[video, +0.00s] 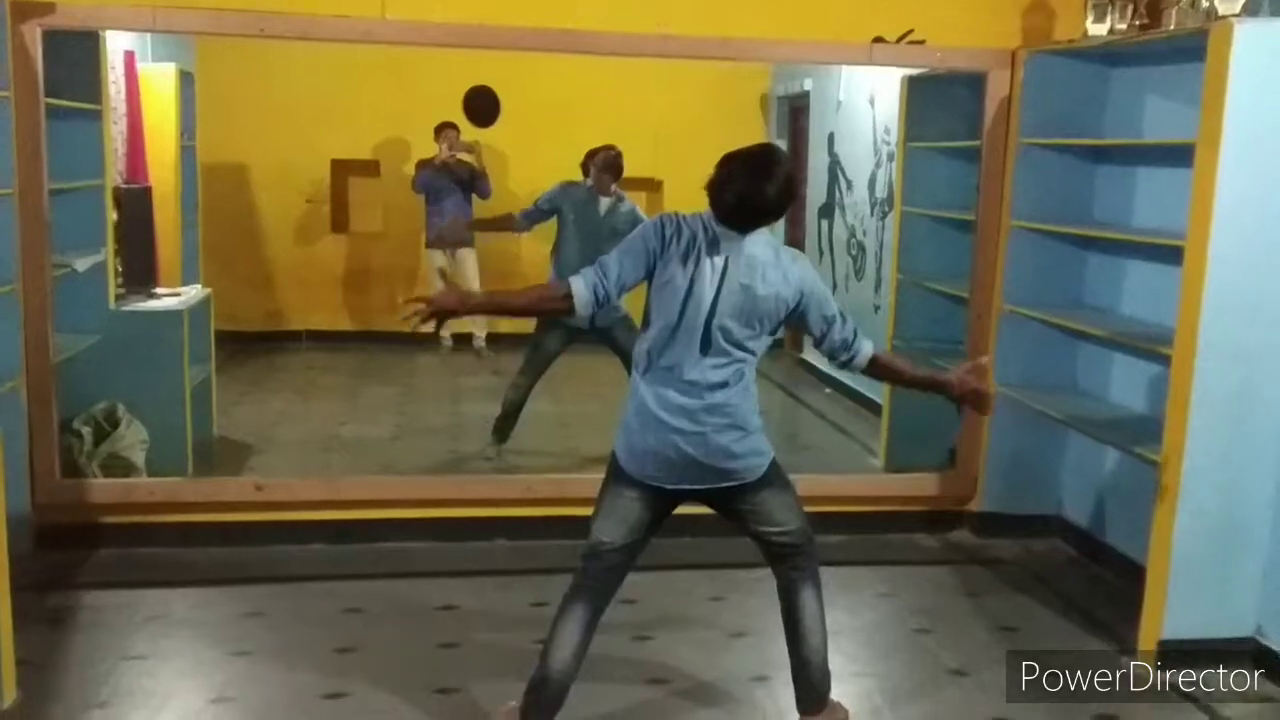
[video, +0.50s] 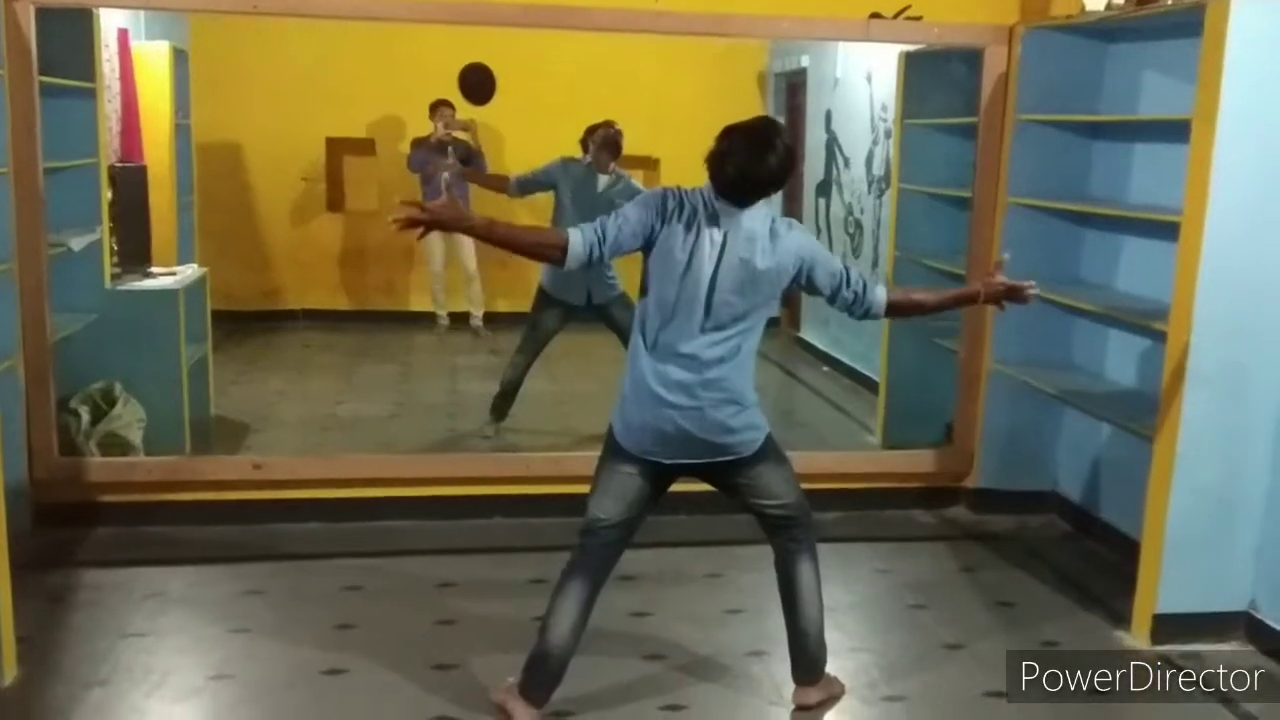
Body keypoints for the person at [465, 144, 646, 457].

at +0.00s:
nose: (608, 174)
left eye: (614, 169)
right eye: (603, 167)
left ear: (619, 174)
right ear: (589, 169)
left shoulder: (630, 214)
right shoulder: (567, 195)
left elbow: (660, 253)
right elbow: (521, 221)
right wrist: (467, 226)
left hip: (610, 311)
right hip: (562, 310)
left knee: (648, 370)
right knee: (528, 375)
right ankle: (497, 440)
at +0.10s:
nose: (605, 168)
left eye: (611, 163)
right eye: (601, 161)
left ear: (618, 167)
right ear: (589, 161)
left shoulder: (630, 206)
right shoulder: (568, 186)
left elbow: (661, 250)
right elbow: (520, 210)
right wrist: (466, 212)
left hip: (610, 306)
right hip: (562, 305)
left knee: (651, 366)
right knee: (527, 370)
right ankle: (496, 436)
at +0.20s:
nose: (607, 161)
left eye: (614, 156)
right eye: (602, 154)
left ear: (620, 162)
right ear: (589, 157)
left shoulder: (631, 202)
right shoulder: (568, 183)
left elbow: (659, 249)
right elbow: (519, 204)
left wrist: (651, 311)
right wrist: (466, 201)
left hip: (609, 301)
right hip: (562, 299)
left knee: (651, 360)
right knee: (527, 366)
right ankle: (498, 429)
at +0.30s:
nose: (605, 152)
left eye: (610, 148)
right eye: (602, 146)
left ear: (619, 158)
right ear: (590, 152)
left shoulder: (634, 201)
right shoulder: (568, 178)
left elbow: (659, 252)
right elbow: (518, 198)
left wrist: (650, 309)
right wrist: (464, 192)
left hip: (608, 297)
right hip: (562, 295)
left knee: (650, 359)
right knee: (526, 362)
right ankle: (496, 427)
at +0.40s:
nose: (611, 144)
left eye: (614, 141)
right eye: (604, 140)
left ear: (619, 154)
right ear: (589, 148)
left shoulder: (632, 195)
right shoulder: (566, 175)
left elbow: (657, 243)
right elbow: (516, 191)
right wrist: (464, 182)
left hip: (608, 294)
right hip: (561, 292)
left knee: (651, 354)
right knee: (524, 360)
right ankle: (496, 424)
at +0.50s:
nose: (614, 136)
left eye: (617, 133)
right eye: (607, 131)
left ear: (621, 147)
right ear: (589, 142)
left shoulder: (631, 190)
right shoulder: (564, 171)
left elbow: (653, 242)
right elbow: (513, 186)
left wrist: (647, 294)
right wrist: (464, 173)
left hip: (606, 289)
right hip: (559, 288)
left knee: (650, 351)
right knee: (522, 359)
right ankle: (495, 420)